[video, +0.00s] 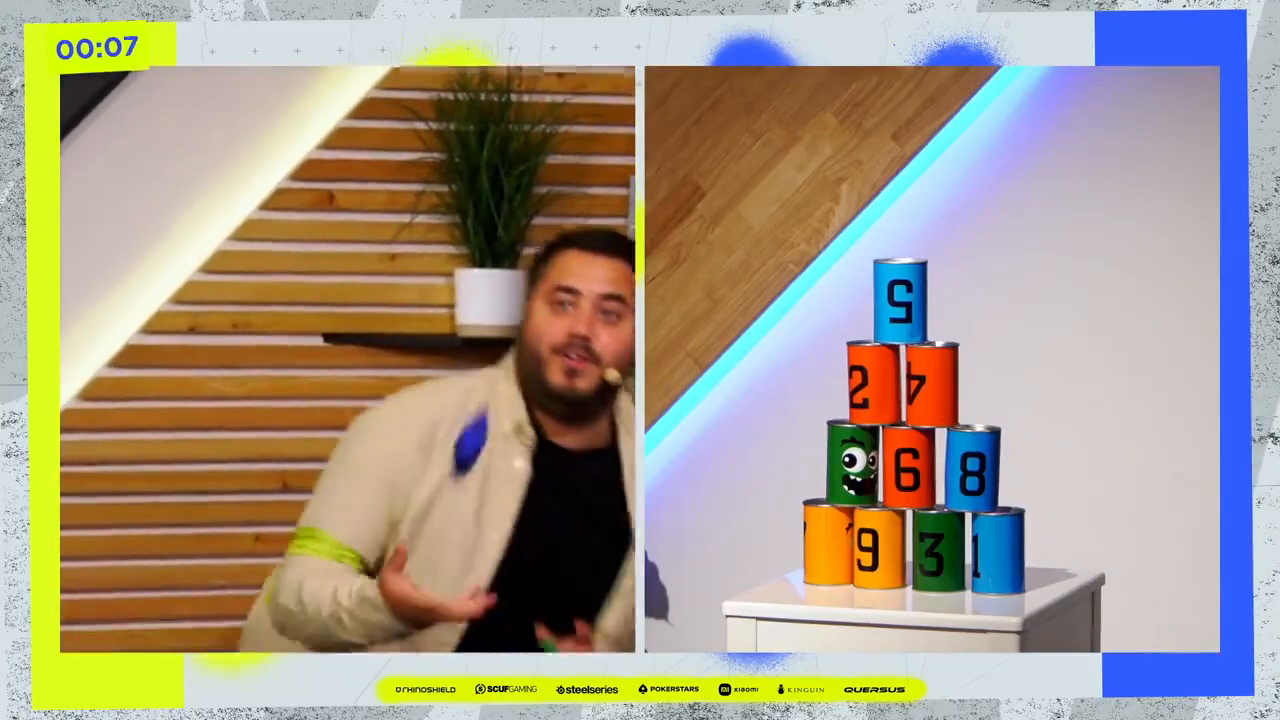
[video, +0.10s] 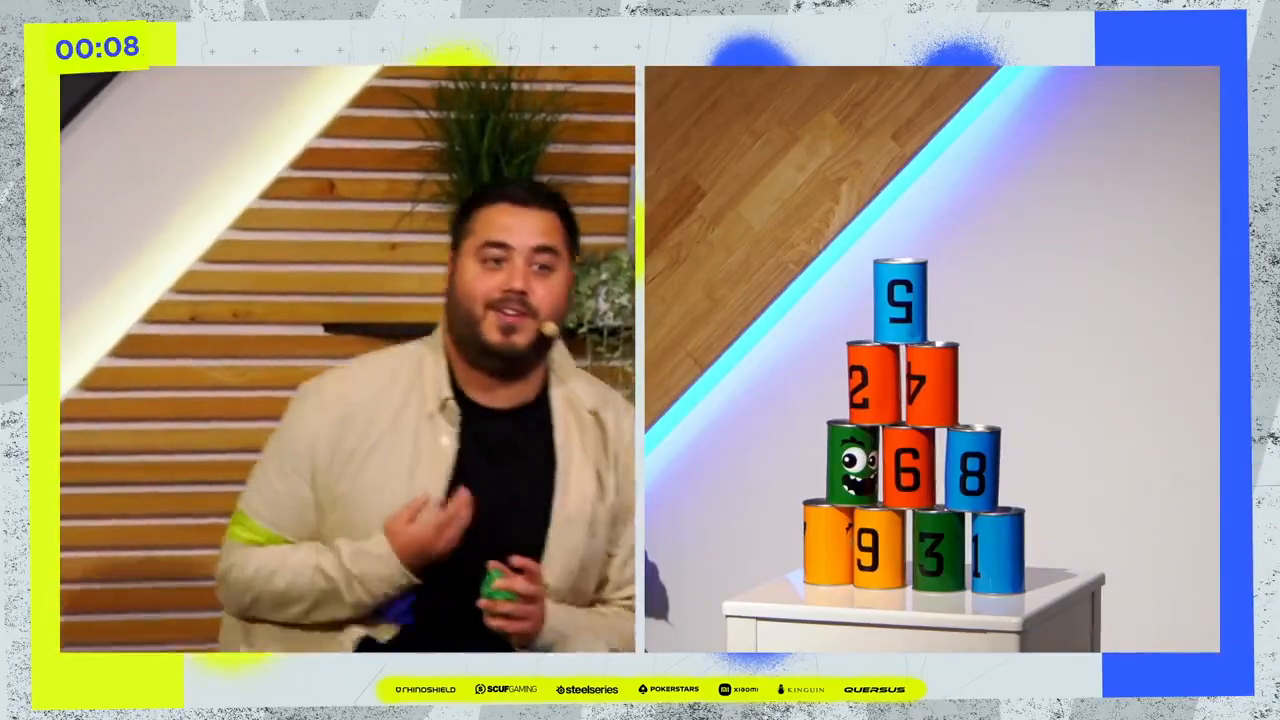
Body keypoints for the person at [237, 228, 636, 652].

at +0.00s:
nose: (581, 331)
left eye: (611, 312)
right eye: (563, 303)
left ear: (638, 339)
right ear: (526, 313)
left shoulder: (659, 453)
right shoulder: (409, 428)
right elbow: (297, 592)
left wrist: (617, 662)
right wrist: (383, 608)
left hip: (588, 705)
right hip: (412, 699)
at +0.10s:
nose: (517, 284)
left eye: (543, 265)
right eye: (494, 260)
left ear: (568, 286)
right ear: (452, 270)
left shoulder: (616, 431)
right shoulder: (335, 406)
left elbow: (636, 626)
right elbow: (242, 577)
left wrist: (549, 624)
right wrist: (385, 562)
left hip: (538, 705)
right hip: (344, 704)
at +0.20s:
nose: (469, 275)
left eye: (491, 253)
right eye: (442, 250)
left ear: (515, 274)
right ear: (394, 267)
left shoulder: (576, 417)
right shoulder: (289, 404)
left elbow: (611, 602)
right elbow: (193, 568)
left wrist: (510, 643)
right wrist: (338, 576)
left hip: (500, 708)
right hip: (317, 703)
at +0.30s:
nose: (446, 271)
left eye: (465, 247)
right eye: (417, 247)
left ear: (488, 265)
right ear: (363, 268)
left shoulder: (548, 409)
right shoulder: (259, 406)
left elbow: (572, 588)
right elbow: (162, 551)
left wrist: (487, 687)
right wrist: (294, 636)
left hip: (471, 709)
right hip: (288, 710)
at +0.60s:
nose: (462, 294)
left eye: (480, 267)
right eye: (434, 267)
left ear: (496, 265)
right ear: (372, 261)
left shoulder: (492, 371)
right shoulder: (279, 392)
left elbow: (520, 545)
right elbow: (168, 569)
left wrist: (529, 684)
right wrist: (311, 685)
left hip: (450, 698)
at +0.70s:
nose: (458, 307)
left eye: (477, 282)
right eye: (433, 280)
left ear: (494, 269)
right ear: (372, 255)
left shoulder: (469, 366)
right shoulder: (281, 374)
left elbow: (485, 555)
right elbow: (182, 559)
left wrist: (535, 682)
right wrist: (325, 681)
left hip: (421, 694)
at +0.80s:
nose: (442, 294)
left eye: (461, 271)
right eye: (418, 266)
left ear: (478, 261)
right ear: (359, 244)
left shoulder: (438, 358)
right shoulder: (275, 356)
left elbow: (413, 540)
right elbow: (178, 541)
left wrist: (494, 624)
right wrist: (324, 655)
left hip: (373, 684)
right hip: (223, 686)